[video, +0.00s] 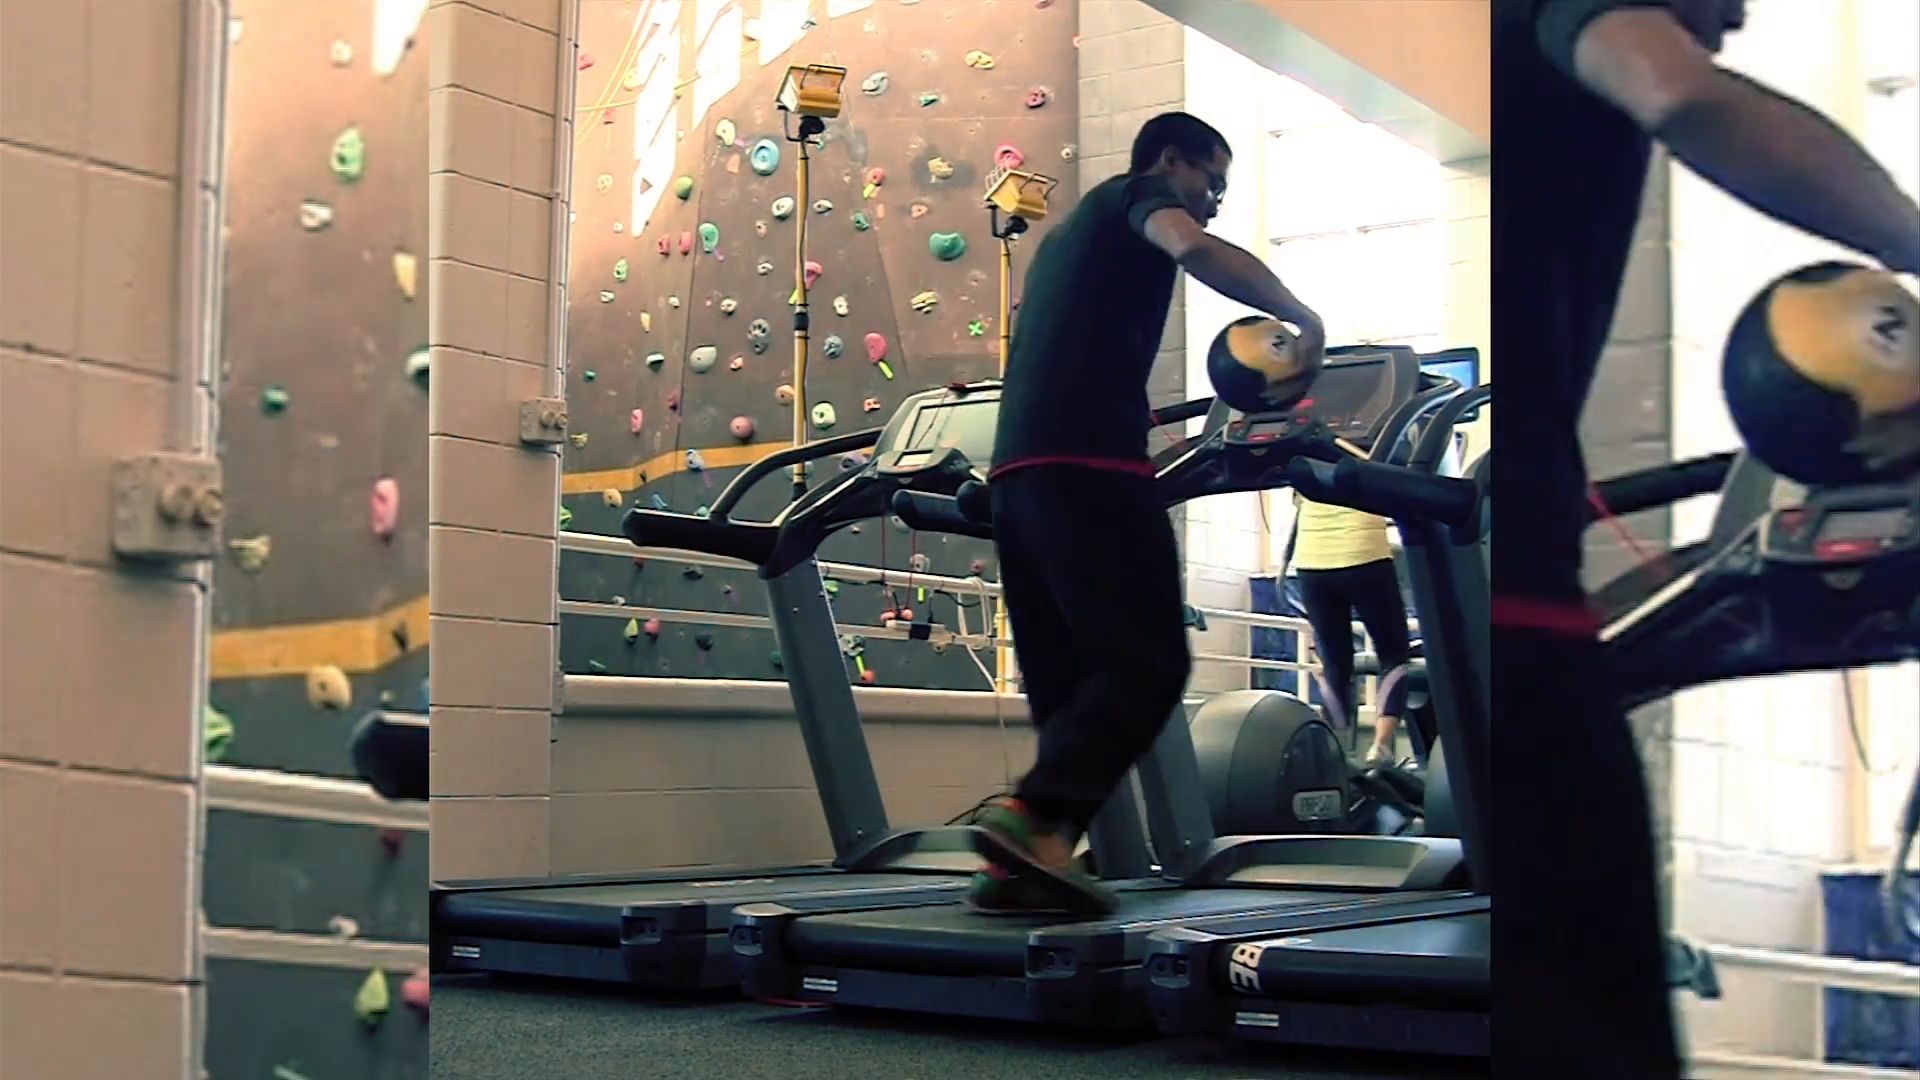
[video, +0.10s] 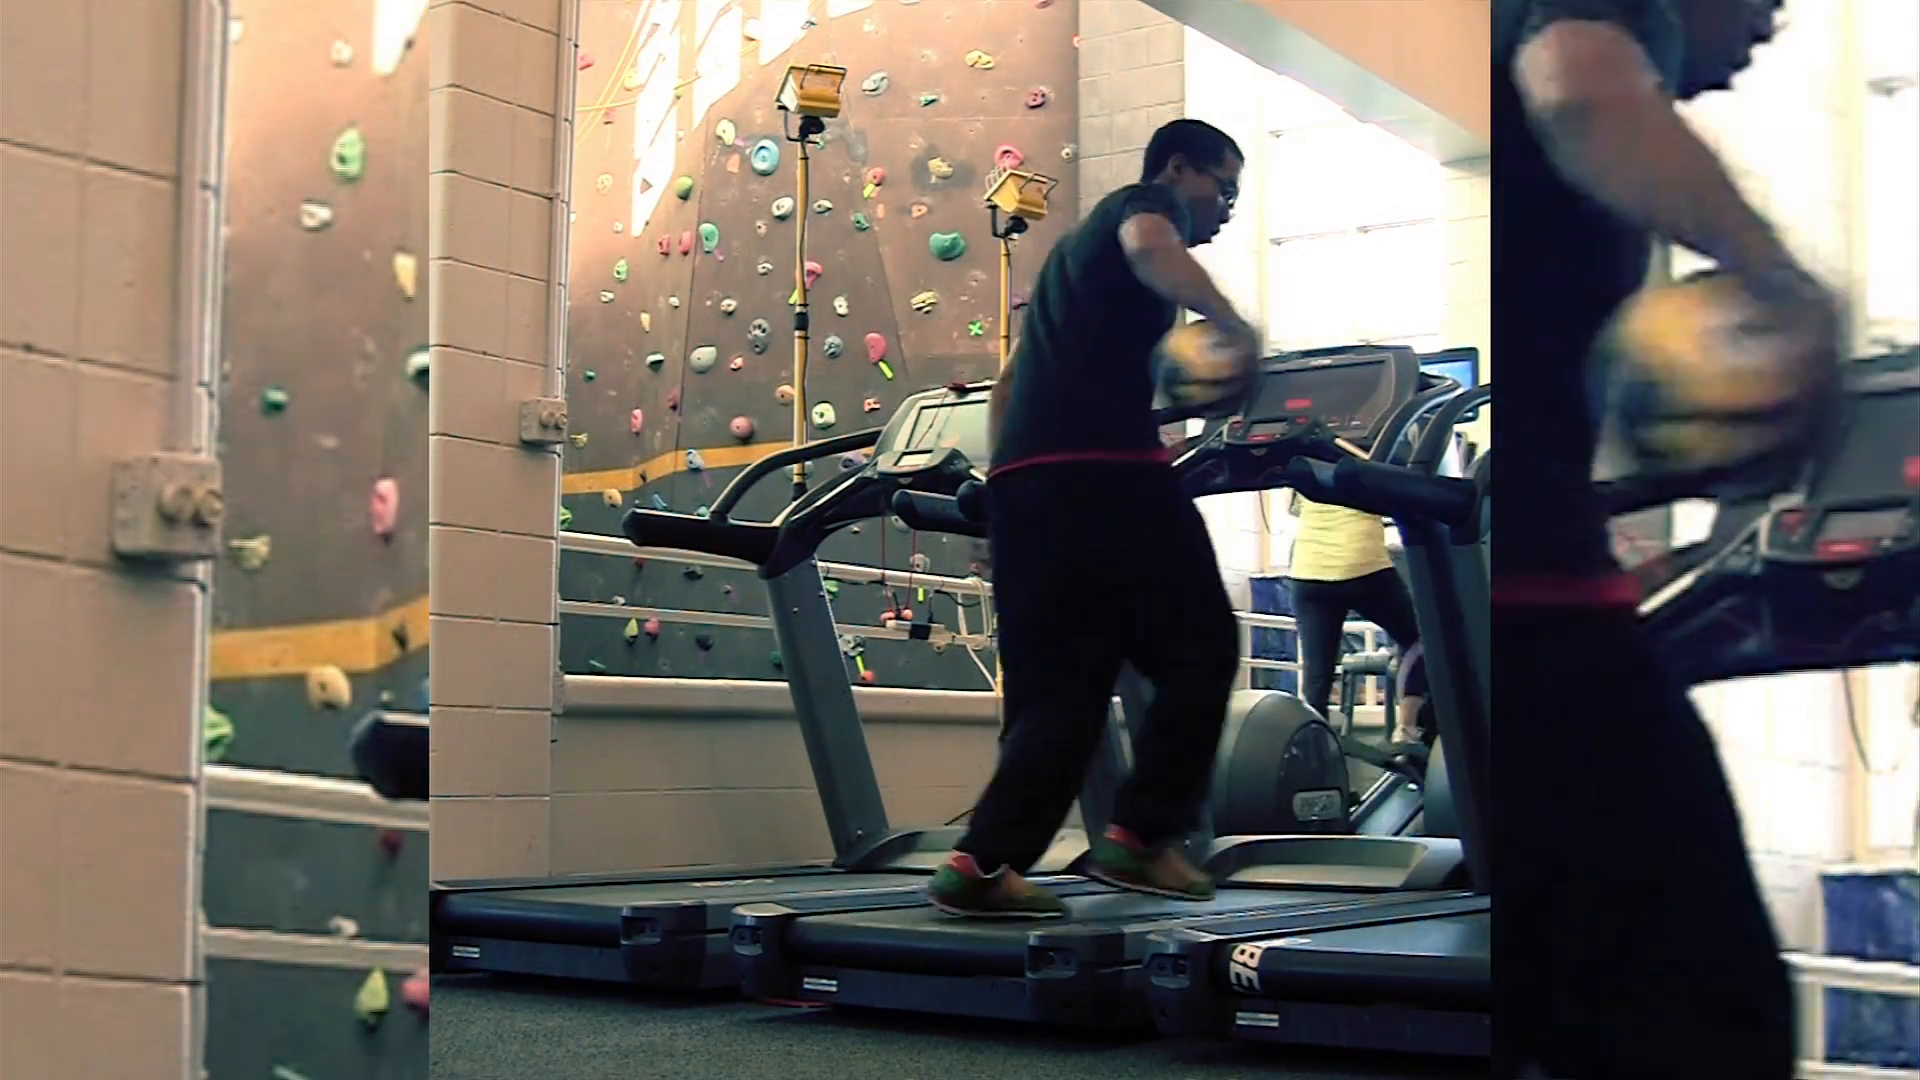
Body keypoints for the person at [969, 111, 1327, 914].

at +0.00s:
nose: (1214, 200)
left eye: (1219, 189)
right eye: (1213, 183)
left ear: (1151, 163)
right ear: (1168, 158)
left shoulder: (1065, 231)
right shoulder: (1138, 191)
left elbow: (1047, 361)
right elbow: (1191, 246)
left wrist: (1131, 420)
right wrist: (1297, 311)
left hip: (1020, 474)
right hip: (1086, 466)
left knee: (1064, 672)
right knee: (1152, 660)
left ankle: (1040, 862)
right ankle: (1033, 818)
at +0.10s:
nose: (1229, 211)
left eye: (1233, 197)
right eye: (1225, 190)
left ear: (1174, 171)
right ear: (1178, 168)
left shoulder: (1066, 256)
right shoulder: (1144, 200)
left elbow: (1009, 385)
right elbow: (1148, 248)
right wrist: (1236, 322)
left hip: (1026, 485)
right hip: (1110, 475)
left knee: (1061, 680)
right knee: (1202, 646)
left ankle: (984, 858)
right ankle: (1143, 834)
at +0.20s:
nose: (1254, 195)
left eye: (1260, 183)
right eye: (1246, 174)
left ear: (1193, 167)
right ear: (1196, 158)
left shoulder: (1119, 232)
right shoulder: (1171, 210)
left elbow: (1009, 336)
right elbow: (1085, 259)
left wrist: (986, 442)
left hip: (1060, 484)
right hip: (1135, 481)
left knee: (1058, 655)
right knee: (1225, 657)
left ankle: (951, 824)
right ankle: (1198, 853)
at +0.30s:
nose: (1261, 183)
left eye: (1270, 173)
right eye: (1249, 164)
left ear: (1263, 185)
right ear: (1198, 162)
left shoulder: (1161, 244)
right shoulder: (1174, 223)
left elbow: (1041, 292)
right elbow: (1045, 261)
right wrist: (983, 377)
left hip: (1098, 488)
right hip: (1143, 487)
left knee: (1129, 676)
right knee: (1227, 659)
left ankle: (971, 756)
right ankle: (1150, 859)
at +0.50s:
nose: (1204, 66)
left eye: (1218, 53)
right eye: (1190, 49)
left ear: (1230, 60)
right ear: (1157, 45)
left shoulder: (1204, 160)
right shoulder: (1105, 113)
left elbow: (1152, 253)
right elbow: (991, 200)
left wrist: (1173, 329)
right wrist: (1008, 327)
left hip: (1170, 390)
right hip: (1091, 386)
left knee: (1258, 531)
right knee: (1091, 605)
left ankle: (1095, 593)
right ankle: (1078, 827)